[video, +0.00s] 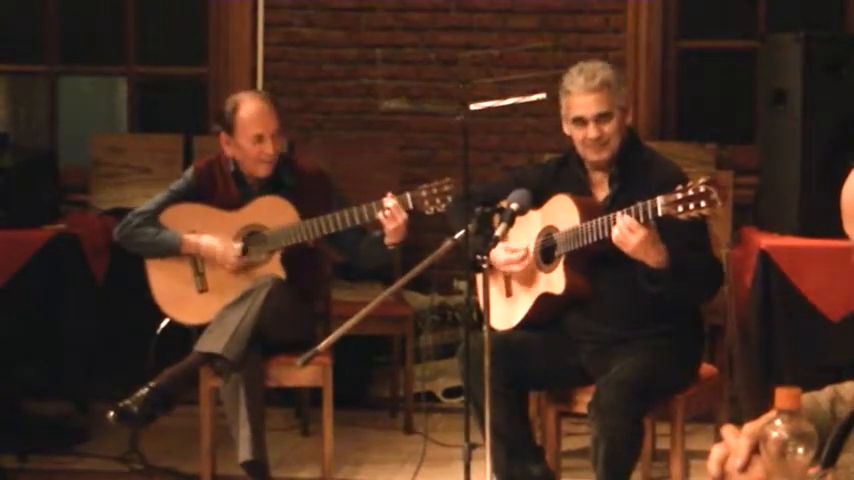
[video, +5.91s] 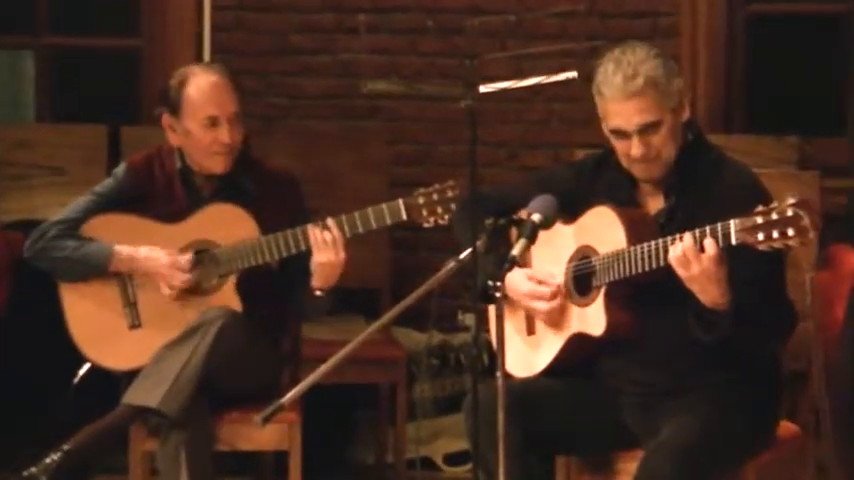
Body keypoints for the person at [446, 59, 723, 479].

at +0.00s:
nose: (593, 133)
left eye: (603, 119)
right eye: (579, 122)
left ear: (626, 115)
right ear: (564, 124)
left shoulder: (665, 183)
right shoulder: (555, 177)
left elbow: (706, 280)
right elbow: (464, 205)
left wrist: (659, 258)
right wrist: (488, 249)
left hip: (655, 341)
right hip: (575, 337)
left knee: (613, 399)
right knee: (486, 355)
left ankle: (610, 474)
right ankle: (523, 471)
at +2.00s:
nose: (571, 146)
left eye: (582, 134)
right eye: (563, 134)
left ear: (619, 124)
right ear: (556, 128)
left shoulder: (663, 183)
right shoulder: (558, 176)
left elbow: (706, 281)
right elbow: (470, 204)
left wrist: (660, 261)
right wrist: (487, 250)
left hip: (655, 342)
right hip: (574, 336)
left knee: (610, 400)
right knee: (484, 352)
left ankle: (612, 474)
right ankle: (523, 471)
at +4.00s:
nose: (550, 139)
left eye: (559, 129)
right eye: (549, 127)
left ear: (599, 128)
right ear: (593, 129)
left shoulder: (666, 186)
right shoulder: (557, 178)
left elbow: (705, 285)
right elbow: (467, 204)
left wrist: (661, 261)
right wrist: (489, 249)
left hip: (654, 343)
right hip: (574, 336)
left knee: (613, 404)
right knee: (484, 355)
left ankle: (613, 474)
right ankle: (523, 471)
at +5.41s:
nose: (609, 152)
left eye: (620, 134)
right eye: (595, 139)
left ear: (654, 115)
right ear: (583, 133)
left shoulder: (708, 186)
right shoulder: (577, 181)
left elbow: (751, 312)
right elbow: (474, 211)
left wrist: (700, 284)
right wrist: (497, 271)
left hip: (692, 375)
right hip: (597, 367)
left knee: (651, 445)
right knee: (494, 390)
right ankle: (522, 474)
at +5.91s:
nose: (638, 149)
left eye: (651, 130)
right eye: (621, 135)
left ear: (682, 114)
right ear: (602, 125)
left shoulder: (732, 191)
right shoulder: (589, 180)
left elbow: (771, 329)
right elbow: (476, 209)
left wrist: (720, 303)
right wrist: (502, 275)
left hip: (715, 392)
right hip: (611, 386)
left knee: (667, 463)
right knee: (497, 405)